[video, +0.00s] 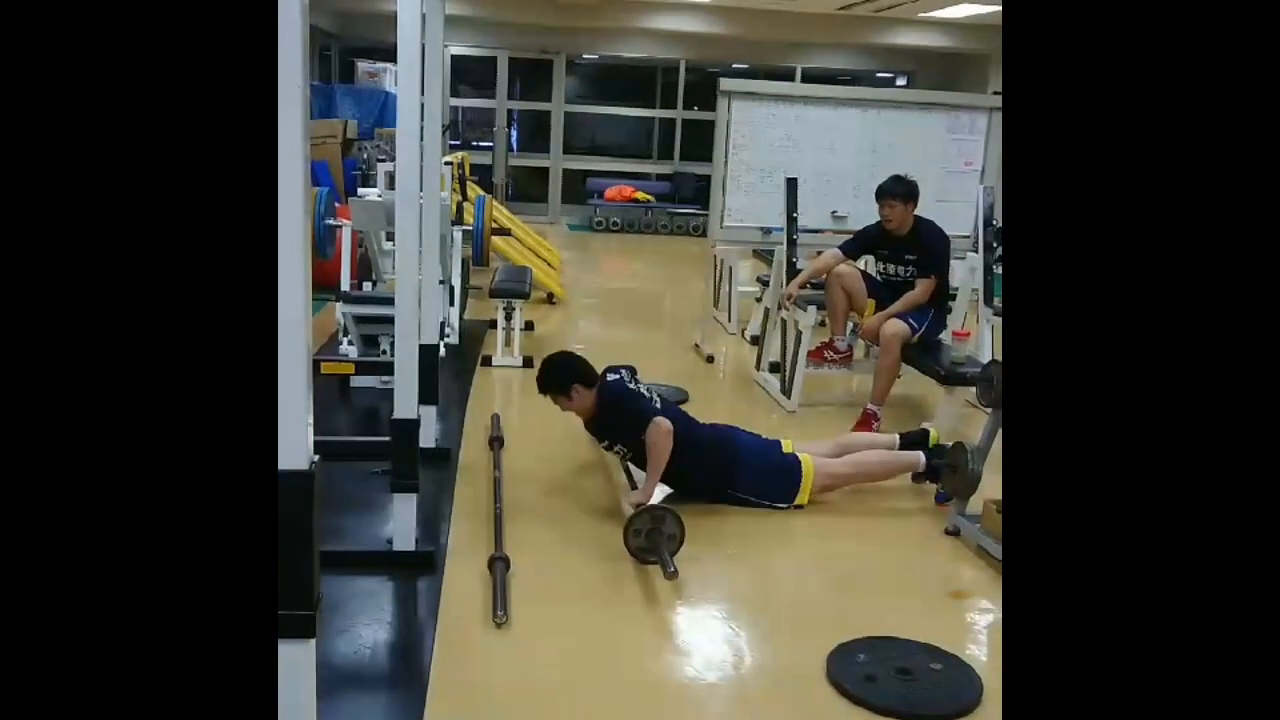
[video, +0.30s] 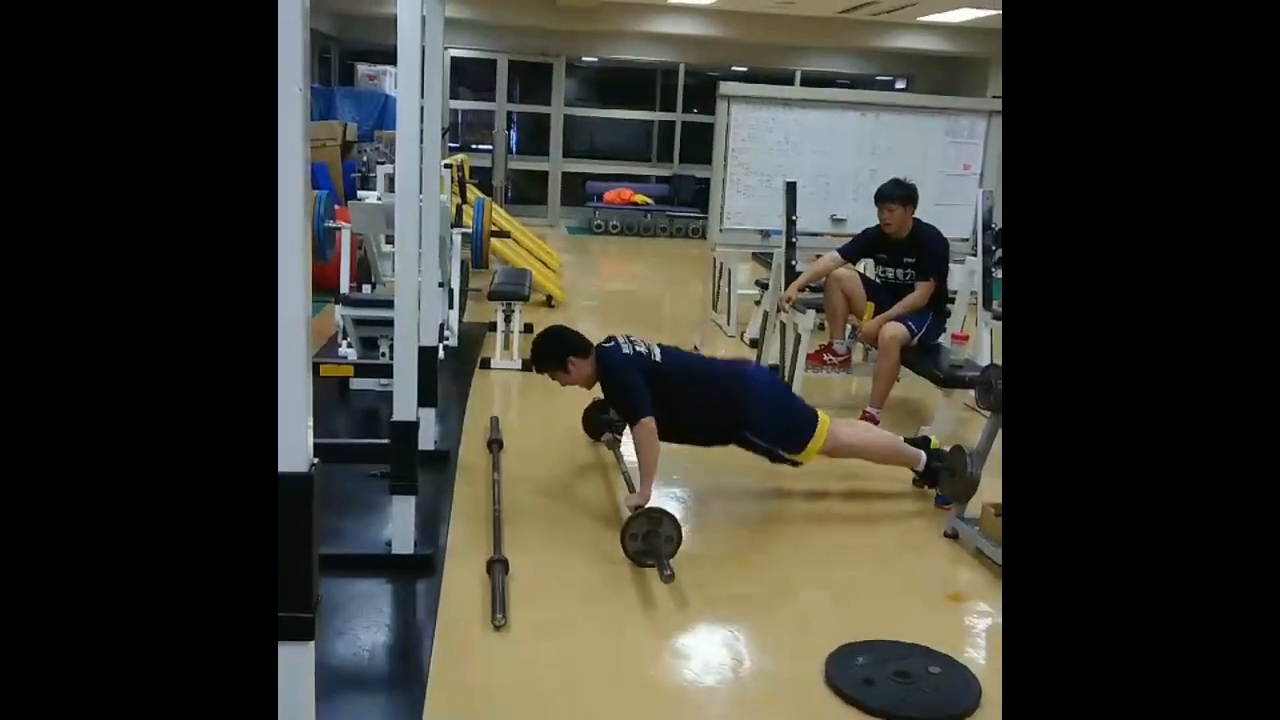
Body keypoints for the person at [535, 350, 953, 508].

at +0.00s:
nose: (562, 408)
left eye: (561, 401)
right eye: (557, 402)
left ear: (577, 389)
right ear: (576, 385)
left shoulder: (616, 399)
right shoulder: (600, 394)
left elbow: (661, 428)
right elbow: (647, 418)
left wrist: (647, 489)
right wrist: (636, 459)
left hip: (730, 465)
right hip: (727, 445)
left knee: (828, 477)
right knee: (822, 453)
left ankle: (931, 461)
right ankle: (914, 439)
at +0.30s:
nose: (561, 383)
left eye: (558, 376)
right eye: (555, 378)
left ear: (573, 362)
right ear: (577, 351)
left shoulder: (617, 370)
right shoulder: (614, 349)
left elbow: (646, 429)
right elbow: (639, 394)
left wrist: (645, 492)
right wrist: (613, 409)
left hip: (751, 404)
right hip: (748, 380)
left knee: (831, 440)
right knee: (826, 429)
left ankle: (929, 463)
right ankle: (913, 449)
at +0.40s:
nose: (565, 377)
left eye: (562, 370)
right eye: (559, 372)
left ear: (576, 356)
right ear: (578, 346)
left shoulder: (618, 363)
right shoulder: (613, 346)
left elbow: (636, 431)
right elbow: (631, 405)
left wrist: (644, 490)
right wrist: (618, 417)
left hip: (757, 347)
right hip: (749, 339)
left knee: (818, 428)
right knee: (808, 425)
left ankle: (910, 458)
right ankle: (893, 452)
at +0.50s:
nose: (582, 366)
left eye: (579, 359)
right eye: (577, 361)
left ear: (593, 347)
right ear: (596, 341)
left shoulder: (629, 355)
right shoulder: (622, 336)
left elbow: (641, 429)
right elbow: (626, 386)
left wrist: (643, 492)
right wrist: (620, 418)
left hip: (765, 315)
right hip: (742, 310)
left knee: (765, 422)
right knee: (736, 403)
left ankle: (852, 465)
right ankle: (819, 436)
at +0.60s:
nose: (596, 363)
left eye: (593, 355)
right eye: (590, 358)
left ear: (608, 343)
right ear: (610, 337)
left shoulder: (645, 353)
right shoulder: (633, 338)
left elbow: (651, 430)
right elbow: (629, 391)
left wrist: (644, 493)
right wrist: (618, 430)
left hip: (772, 318)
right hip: (742, 308)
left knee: (712, 397)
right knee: (689, 381)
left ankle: (768, 479)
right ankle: (741, 449)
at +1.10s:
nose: (600, 248)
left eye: (604, 240)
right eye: (600, 240)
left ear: (631, 246)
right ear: (632, 246)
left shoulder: (668, 276)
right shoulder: (655, 273)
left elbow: (685, 346)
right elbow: (648, 316)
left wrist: (669, 404)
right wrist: (636, 356)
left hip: (773, 320)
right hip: (740, 315)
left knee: (704, 397)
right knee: (687, 381)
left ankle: (705, 505)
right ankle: (690, 467)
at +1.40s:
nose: (694, 83)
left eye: (702, 78)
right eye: (698, 76)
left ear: (723, 91)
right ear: (716, 91)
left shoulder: (731, 138)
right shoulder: (699, 139)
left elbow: (757, 191)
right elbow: (701, 199)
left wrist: (701, 216)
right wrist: (662, 210)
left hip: (717, 275)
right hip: (689, 269)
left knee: (697, 375)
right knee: (674, 360)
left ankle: (696, 492)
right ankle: (680, 450)